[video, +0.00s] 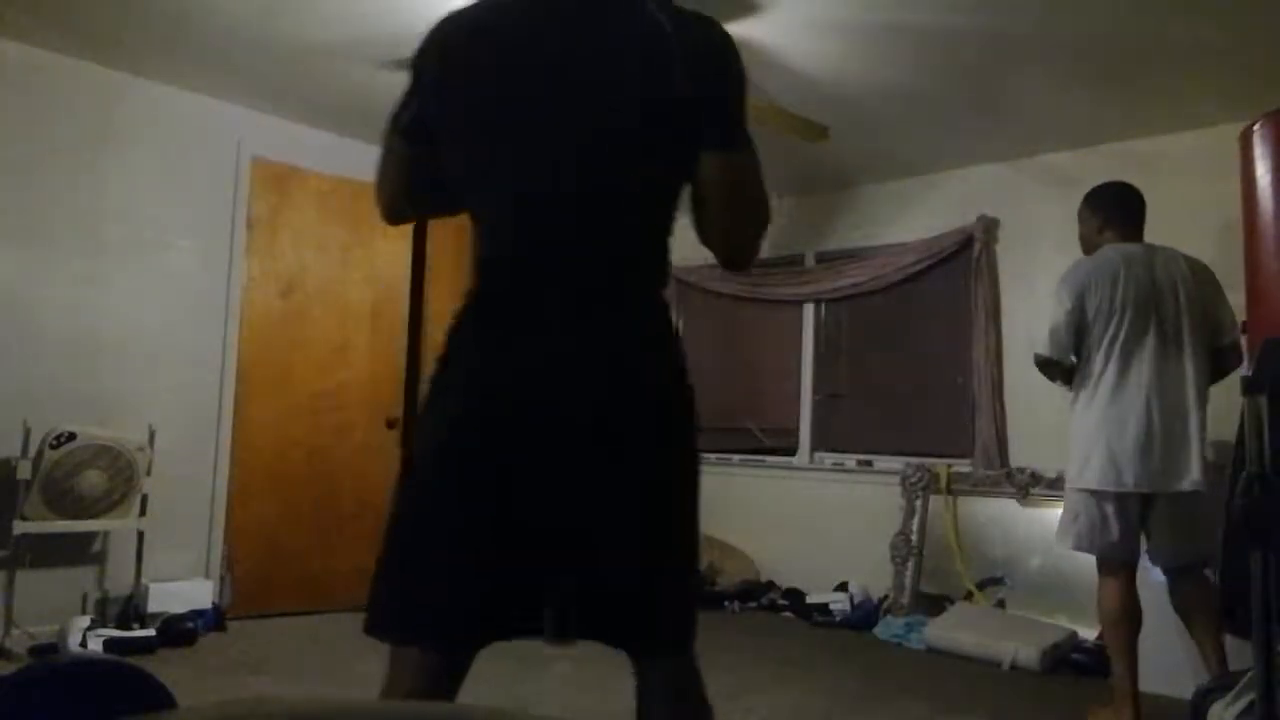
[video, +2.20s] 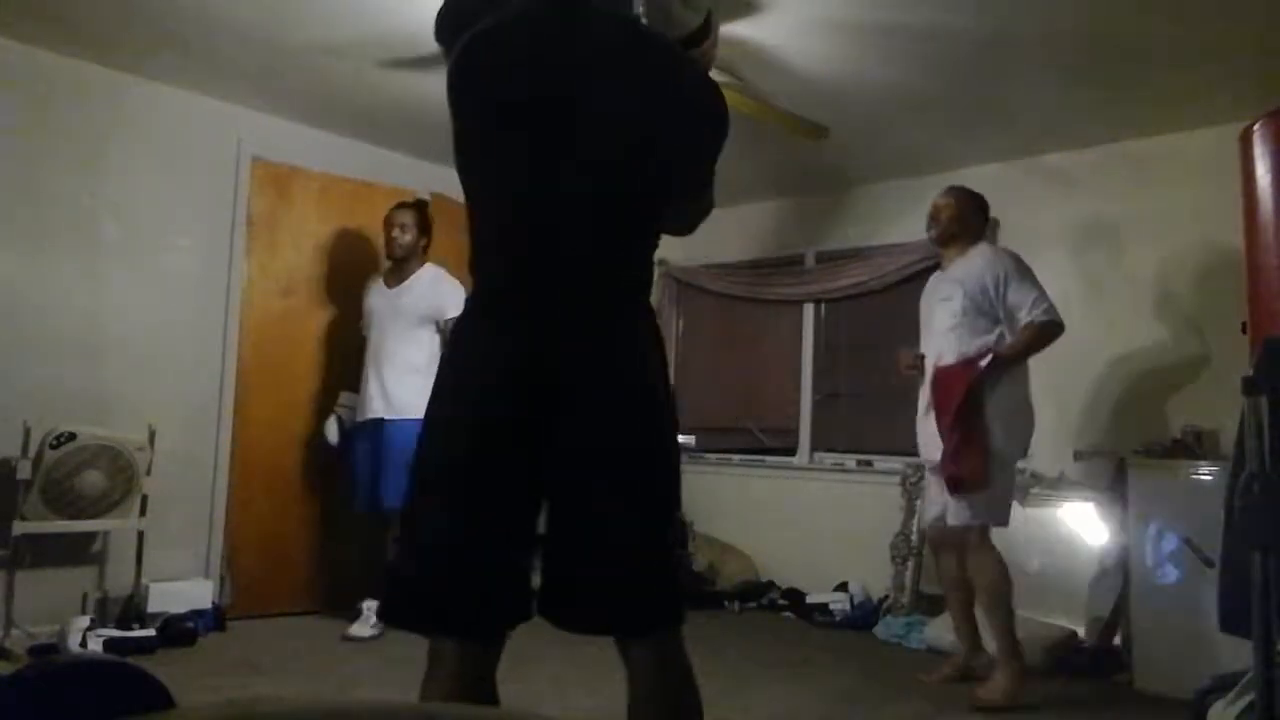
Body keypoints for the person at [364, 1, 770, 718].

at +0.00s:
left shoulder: (467, 34)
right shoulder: (690, 41)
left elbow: (397, 197)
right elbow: (737, 240)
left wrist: (514, 158)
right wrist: (691, 115)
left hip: (494, 362)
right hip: (631, 369)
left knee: (424, 658)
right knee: (665, 658)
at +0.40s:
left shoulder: (579, 52)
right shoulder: (797, 82)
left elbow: (499, 171)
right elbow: (815, 255)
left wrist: (601, 114)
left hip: (594, 360)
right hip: (716, 369)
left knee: (507, 622)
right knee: (700, 639)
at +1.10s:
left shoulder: (579, 39)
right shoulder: (787, 87)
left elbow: (491, 130)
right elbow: (802, 246)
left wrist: (545, 181)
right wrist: (720, 187)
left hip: (583, 353)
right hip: (706, 365)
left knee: (506, 624)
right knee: (703, 640)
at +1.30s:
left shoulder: (533, 38)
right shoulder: (747, 83)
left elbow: (442, 127)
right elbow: (792, 257)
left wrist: (460, 186)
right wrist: (708, 167)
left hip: (548, 357)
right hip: (673, 368)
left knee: (497, 642)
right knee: (689, 646)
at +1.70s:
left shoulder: (445, 30)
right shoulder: (664, 68)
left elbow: (362, 108)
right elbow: (743, 241)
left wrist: (467, 89)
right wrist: (686, 127)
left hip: (471, 363)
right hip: (599, 370)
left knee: (451, 645)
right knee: (639, 635)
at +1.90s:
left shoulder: (450, 36)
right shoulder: (658, 77)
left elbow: (394, 79)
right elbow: (711, 235)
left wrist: (441, 2)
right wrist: (677, 107)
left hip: (466, 365)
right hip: (592, 371)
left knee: (446, 644)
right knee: (633, 634)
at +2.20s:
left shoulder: (479, 58)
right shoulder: (676, 82)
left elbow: (455, 15)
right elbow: (682, 211)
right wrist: (688, 74)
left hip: (493, 362)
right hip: (614, 368)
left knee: (461, 640)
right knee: (650, 635)